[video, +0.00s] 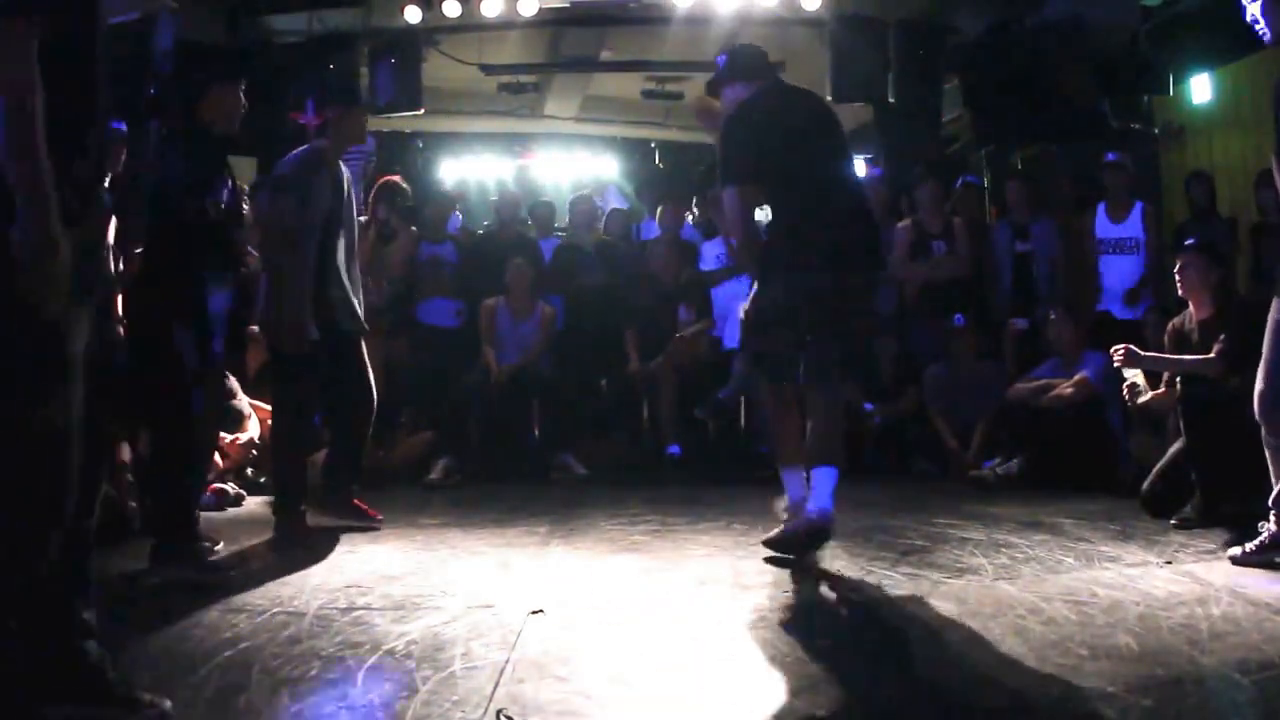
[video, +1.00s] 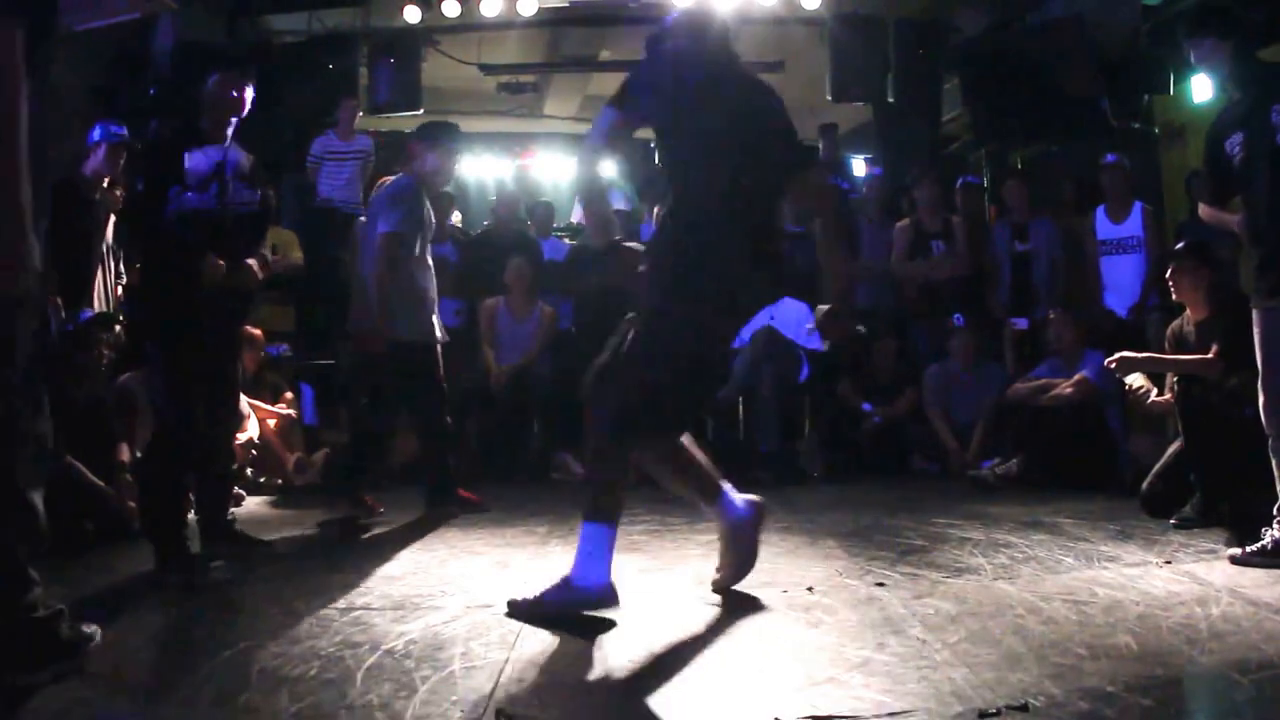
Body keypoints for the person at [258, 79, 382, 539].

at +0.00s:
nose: (362, 134)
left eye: (363, 125)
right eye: (357, 124)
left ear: (344, 124)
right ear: (332, 120)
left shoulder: (339, 173)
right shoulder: (298, 170)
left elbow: (340, 249)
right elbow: (288, 249)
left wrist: (354, 307)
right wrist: (293, 317)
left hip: (339, 315)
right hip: (300, 316)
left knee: (359, 402)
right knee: (294, 416)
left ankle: (339, 493)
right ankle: (290, 514)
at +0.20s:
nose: (373, 150)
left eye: (376, 142)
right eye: (369, 140)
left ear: (355, 135)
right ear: (348, 130)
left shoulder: (336, 176)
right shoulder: (321, 176)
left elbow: (334, 253)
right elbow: (322, 256)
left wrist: (343, 311)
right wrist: (340, 315)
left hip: (327, 316)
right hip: (306, 317)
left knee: (340, 409)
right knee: (303, 415)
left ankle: (341, 496)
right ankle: (290, 517)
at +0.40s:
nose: (391, 174)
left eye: (392, 167)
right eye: (391, 165)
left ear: (365, 149)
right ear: (377, 154)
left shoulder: (321, 182)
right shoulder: (357, 170)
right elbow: (365, 221)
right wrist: (408, 276)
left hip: (308, 306)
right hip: (328, 306)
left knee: (334, 407)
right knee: (320, 411)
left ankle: (340, 497)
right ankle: (293, 514)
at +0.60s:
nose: (411, 170)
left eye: (412, 163)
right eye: (410, 161)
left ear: (380, 149)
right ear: (393, 152)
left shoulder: (335, 185)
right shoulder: (375, 174)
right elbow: (374, 227)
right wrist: (415, 280)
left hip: (332, 309)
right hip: (362, 309)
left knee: (340, 406)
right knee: (372, 403)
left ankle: (343, 491)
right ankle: (341, 493)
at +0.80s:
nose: (431, 170)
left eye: (434, 161)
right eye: (428, 158)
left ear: (399, 149)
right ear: (406, 148)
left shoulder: (367, 185)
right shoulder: (388, 186)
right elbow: (382, 242)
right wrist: (386, 305)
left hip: (355, 319)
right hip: (382, 322)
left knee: (347, 411)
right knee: (408, 411)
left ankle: (339, 495)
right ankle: (423, 491)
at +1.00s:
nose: (452, 166)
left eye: (454, 157)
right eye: (447, 155)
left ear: (424, 154)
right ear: (420, 151)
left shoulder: (393, 191)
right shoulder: (406, 193)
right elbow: (387, 255)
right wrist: (385, 318)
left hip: (394, 325)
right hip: (410, 327)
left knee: (378, 412)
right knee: (434, 413)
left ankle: (355, 486)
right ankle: (442, 489)